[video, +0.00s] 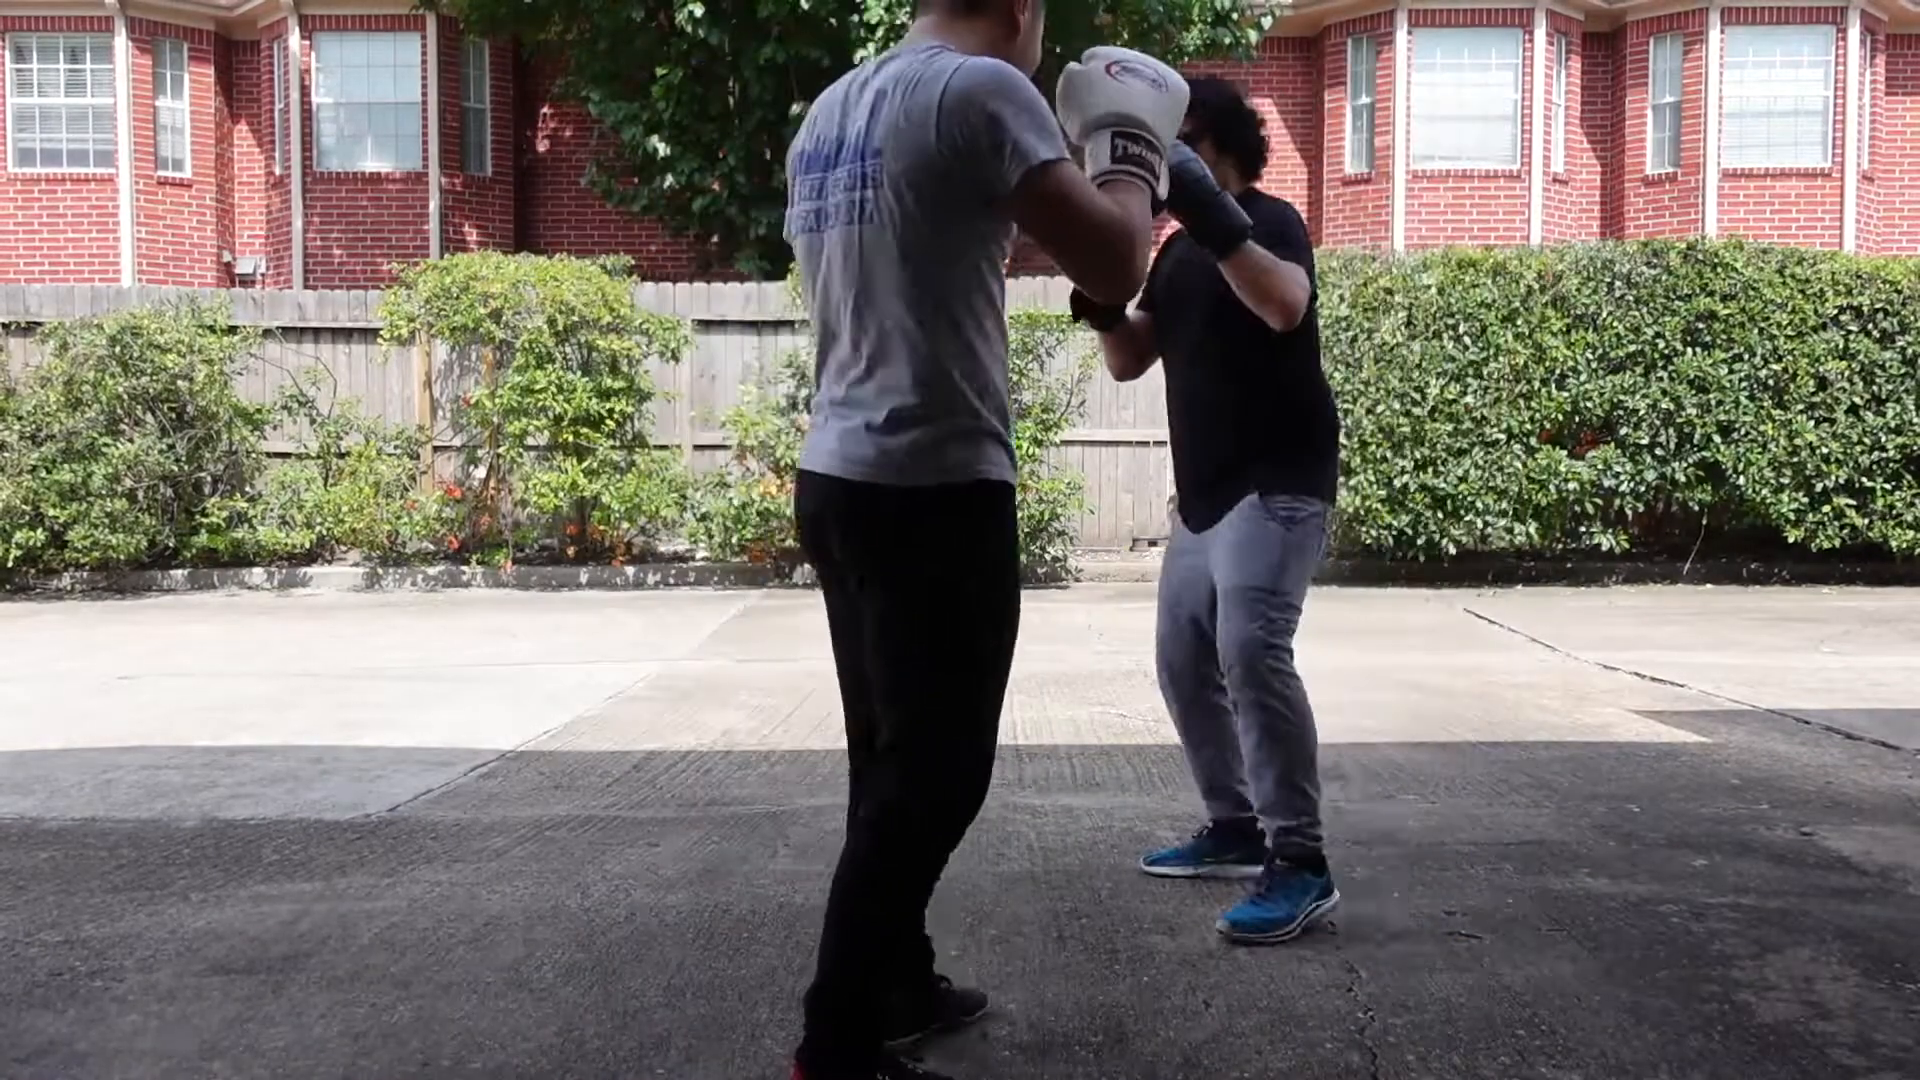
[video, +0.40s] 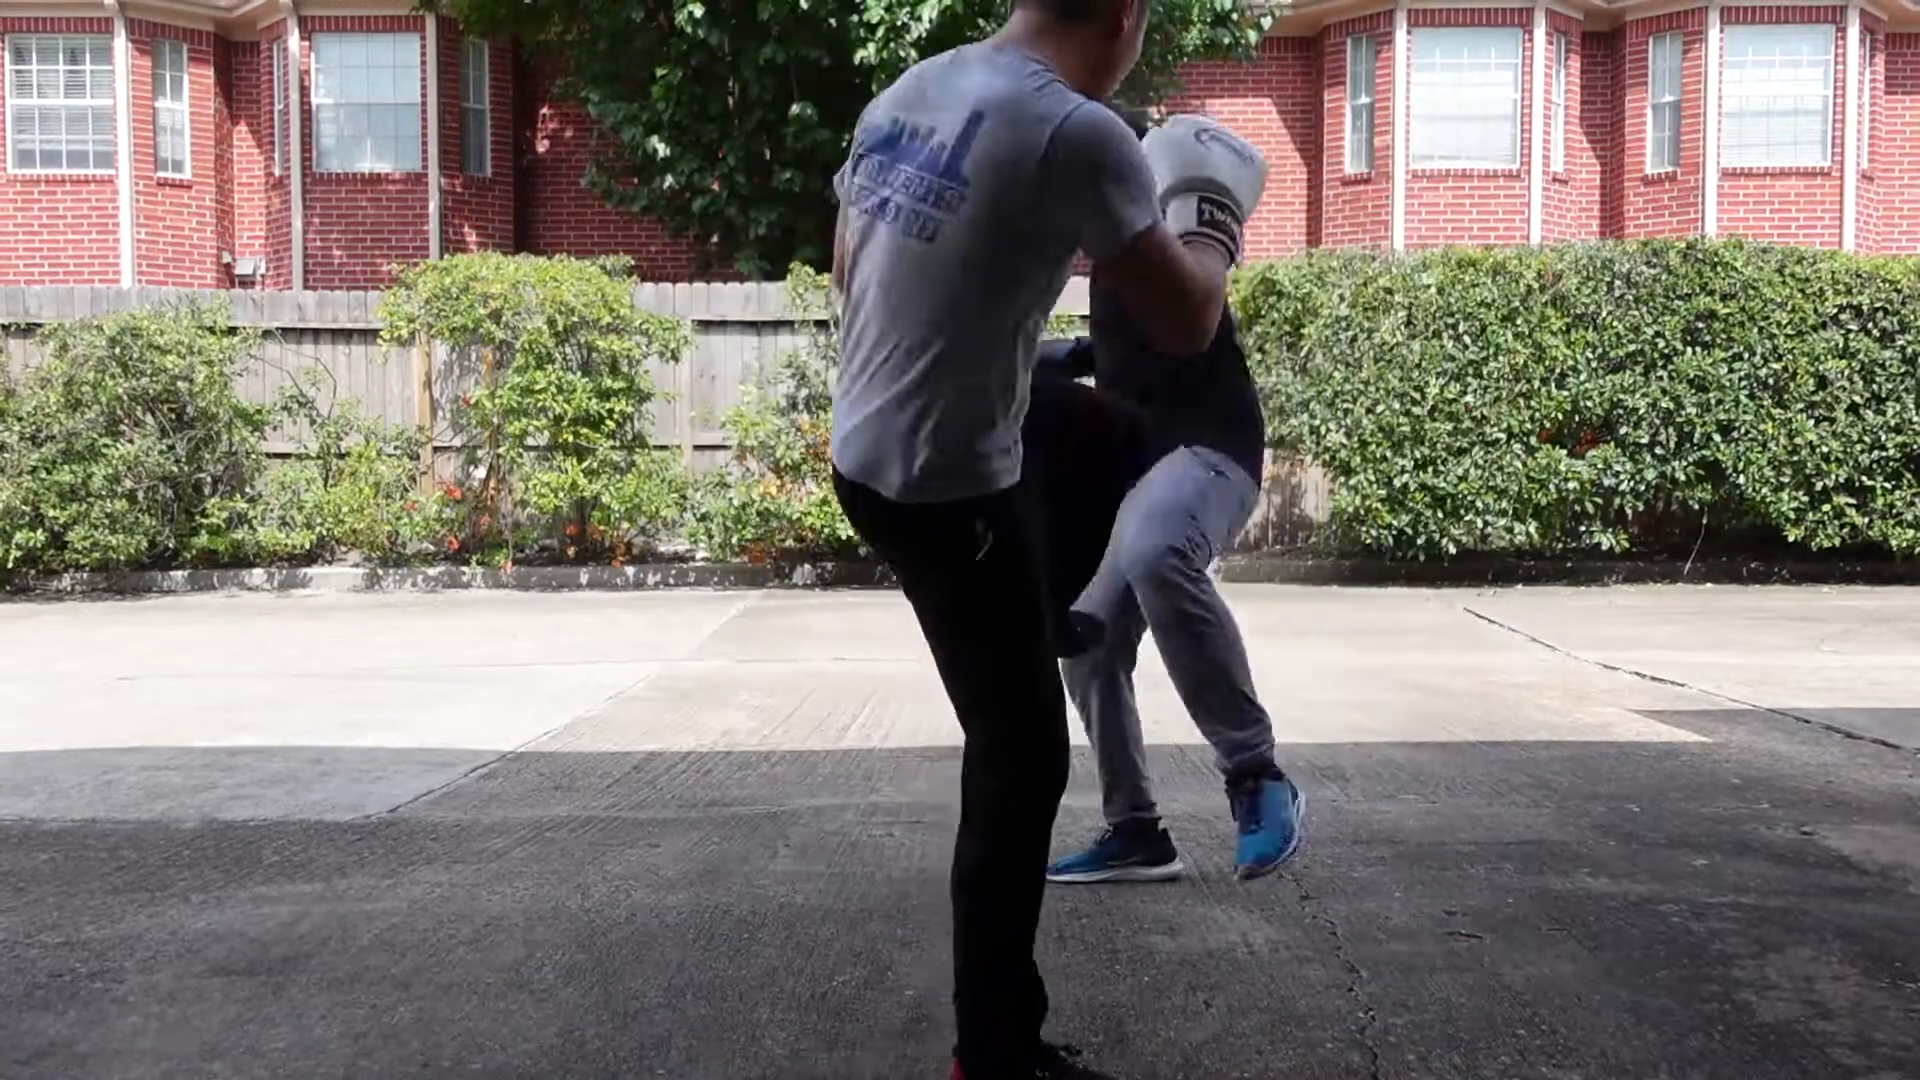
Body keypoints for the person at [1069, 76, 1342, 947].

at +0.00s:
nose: (1168, 167)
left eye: (1182, 149)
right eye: (1166, 152)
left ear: (1226, 156)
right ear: (1179, 167)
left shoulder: (1272, 220)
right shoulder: (1177, 252)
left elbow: (1285, 307)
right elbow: (1128, 359)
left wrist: (1205, 212)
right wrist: (1100, 285)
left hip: (1277, 489)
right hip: (1204, 498)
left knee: (1253, 658)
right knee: (1184, 667)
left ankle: (1299, 863)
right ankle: (1234, 827)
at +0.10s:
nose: (1162, 150)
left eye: (1177, 134)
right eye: (1158, 135)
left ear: (1213, 143)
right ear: (1156, 150)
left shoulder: (1256, 206)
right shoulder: (1150, 226)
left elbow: (1263, 274)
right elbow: (1134, 355)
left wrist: (1186, 188)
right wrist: (1074, 288)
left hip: (1272, 480)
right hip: (1189, 490)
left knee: (1266, 651)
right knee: (1175, 655)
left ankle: (1332, 854)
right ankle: (1228, 825)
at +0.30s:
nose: (1063, 180)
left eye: (1073, 161)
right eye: (1060, 169)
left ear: (1118, 143)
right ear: (1103, 151)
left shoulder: (1180, 197)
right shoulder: (1120, 231)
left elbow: (1165, 314)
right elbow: (1163, 346)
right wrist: (1105, 383)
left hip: (1231, 491)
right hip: (1151, 500)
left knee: (1255, 658)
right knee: (1111, 663)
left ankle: (1347, 849)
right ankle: (1138, 827)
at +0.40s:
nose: (1081, 238)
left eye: (1094, 219)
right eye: (1079, 224)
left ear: (1143, 192)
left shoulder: (1182, 257)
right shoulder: (1116, 271)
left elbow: (1170, 334)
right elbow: (1120, 367)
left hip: (1206, 451)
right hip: (1128, 464)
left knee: (1151, 557)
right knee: (1088, 640)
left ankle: (1255, 779)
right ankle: (1134, 826)